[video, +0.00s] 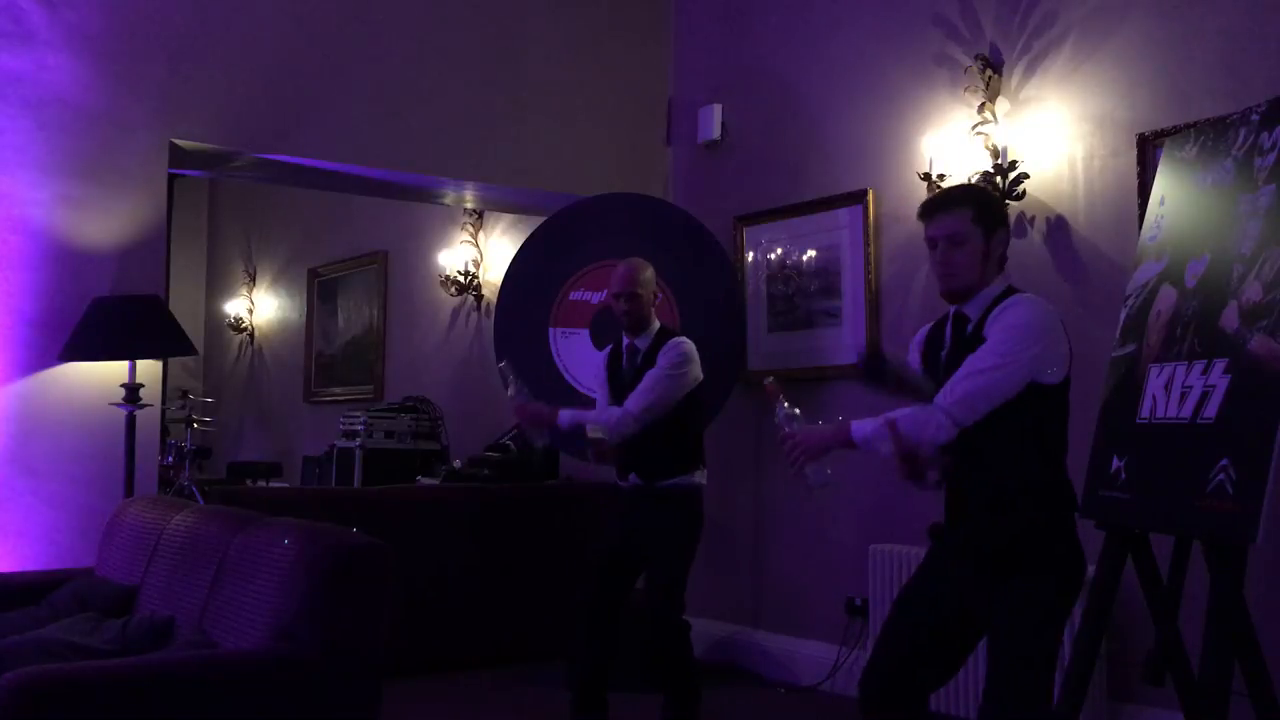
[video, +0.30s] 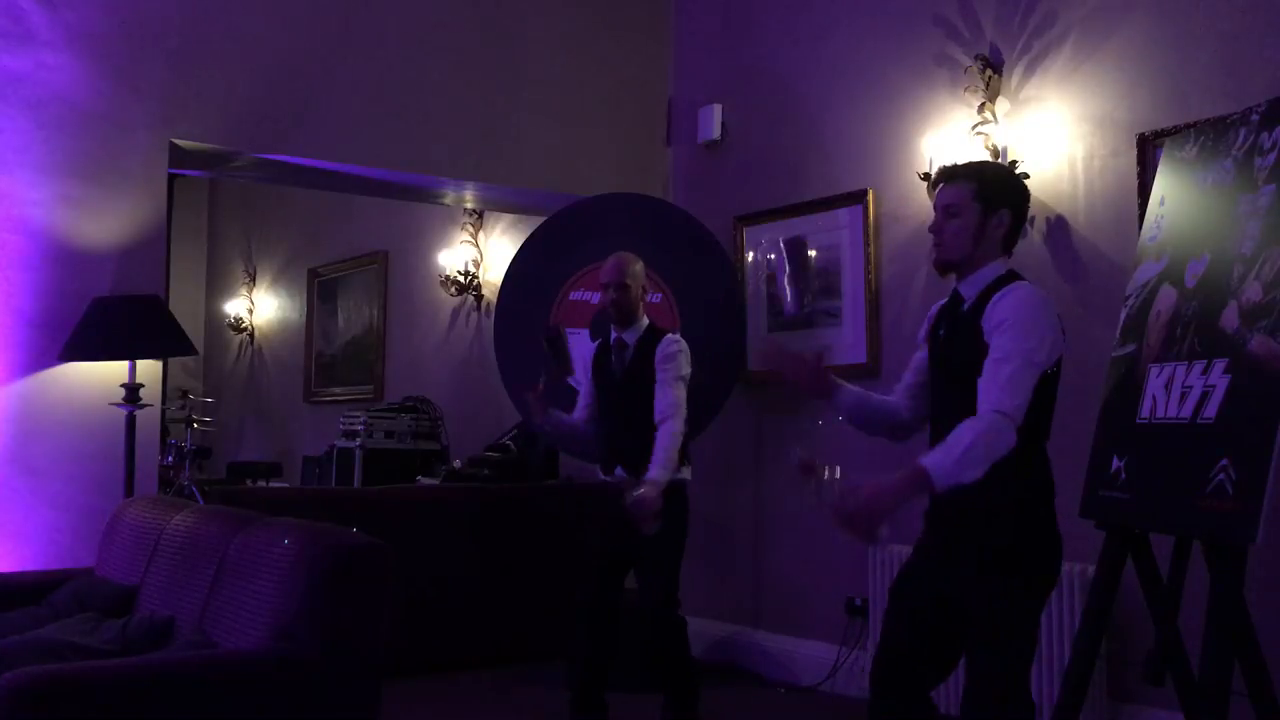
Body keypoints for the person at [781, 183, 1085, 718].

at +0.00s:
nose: (942, 259)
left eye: (958, 242)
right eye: (933, 246)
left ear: (998, 247)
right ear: (927, 251)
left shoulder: (1028, 320)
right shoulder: (928, 341)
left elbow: (942, 420)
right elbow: (922, 470)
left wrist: (841, 433)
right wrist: (914, 455)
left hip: (1034, 548)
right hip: (965, 545)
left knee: (1013, 705)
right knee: (886, 689)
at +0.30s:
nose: (933, 224)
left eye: (950, 212)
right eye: (935, 212)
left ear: (997, 224)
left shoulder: (1022, 307)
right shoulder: (948, 311)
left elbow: (997, 424)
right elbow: (904, 414)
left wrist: (897, 487)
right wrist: (828, 389)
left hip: (1010, 528)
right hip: (954, 524)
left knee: (993, 695)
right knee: (895, 683)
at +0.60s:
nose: (946, 207)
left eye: (963, 197)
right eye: (946, 195)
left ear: (1009, 214)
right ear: (942, 204)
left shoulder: (1031, 284)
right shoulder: (938, 300)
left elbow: (956, 319)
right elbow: (890, 389)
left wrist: (864, 250)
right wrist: (835, 416)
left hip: (998, 517)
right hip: (929, 509)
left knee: (998, 693)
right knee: (848, 668)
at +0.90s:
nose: (922, 213)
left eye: (939, 203)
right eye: (926, 202)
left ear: (982, 220)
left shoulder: (1020, 309)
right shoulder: (884, 289)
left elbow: (1101, 408)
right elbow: (842, 385)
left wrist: (1028, 467)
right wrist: (847, 450)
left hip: (954, 522)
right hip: (869, 515)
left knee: (982, 699)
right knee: (813, 682)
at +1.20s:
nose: (869, 260)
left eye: (885, 251)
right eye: (871, 248)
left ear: (928, 267)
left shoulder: (963, 358)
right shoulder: (839, 318)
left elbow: (964, 444)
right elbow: (797, 407)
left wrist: (916, 473)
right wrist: (779, 488)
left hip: (904, 537)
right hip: (823, 527)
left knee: (939, 693)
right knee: (786, 690)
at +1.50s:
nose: (807, 262)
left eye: (817, 251)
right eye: (810, 251)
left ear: (850, 258)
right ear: (853, 261)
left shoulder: (881, 343)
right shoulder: (840, 334)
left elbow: (955, 436)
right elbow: (799, 391)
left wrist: (978, 535)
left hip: (848, 542)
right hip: (815, 531)